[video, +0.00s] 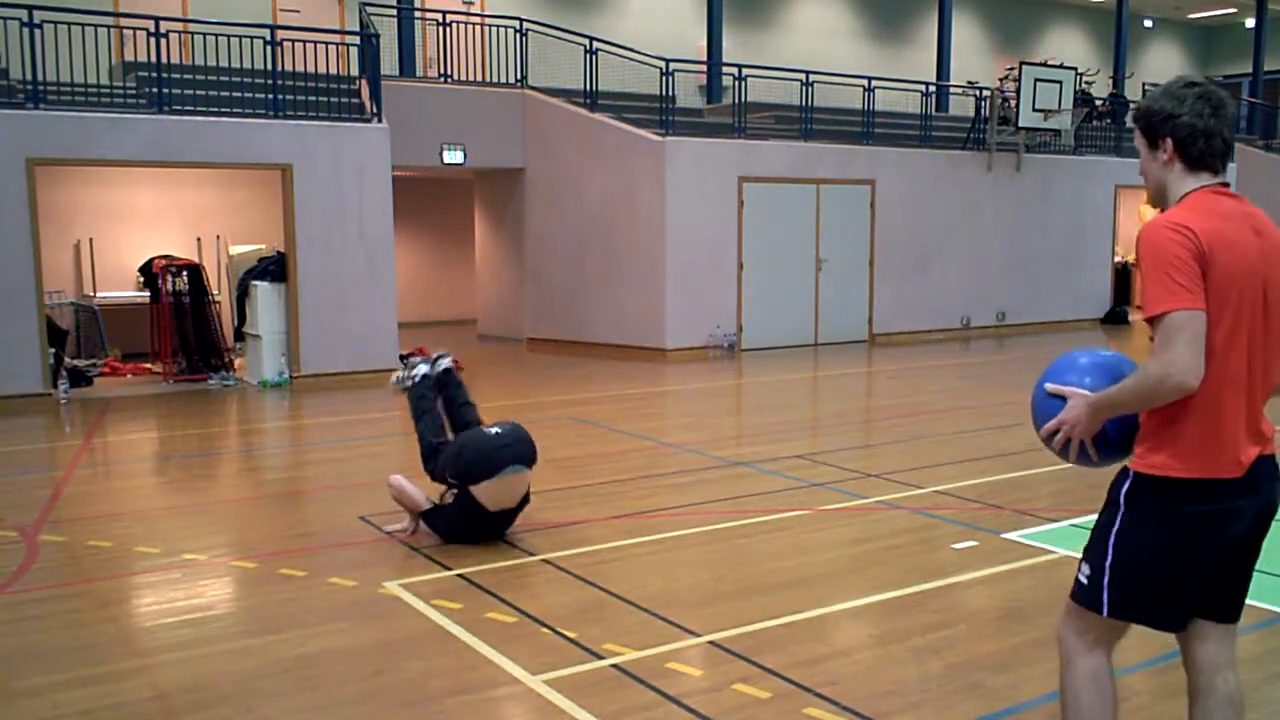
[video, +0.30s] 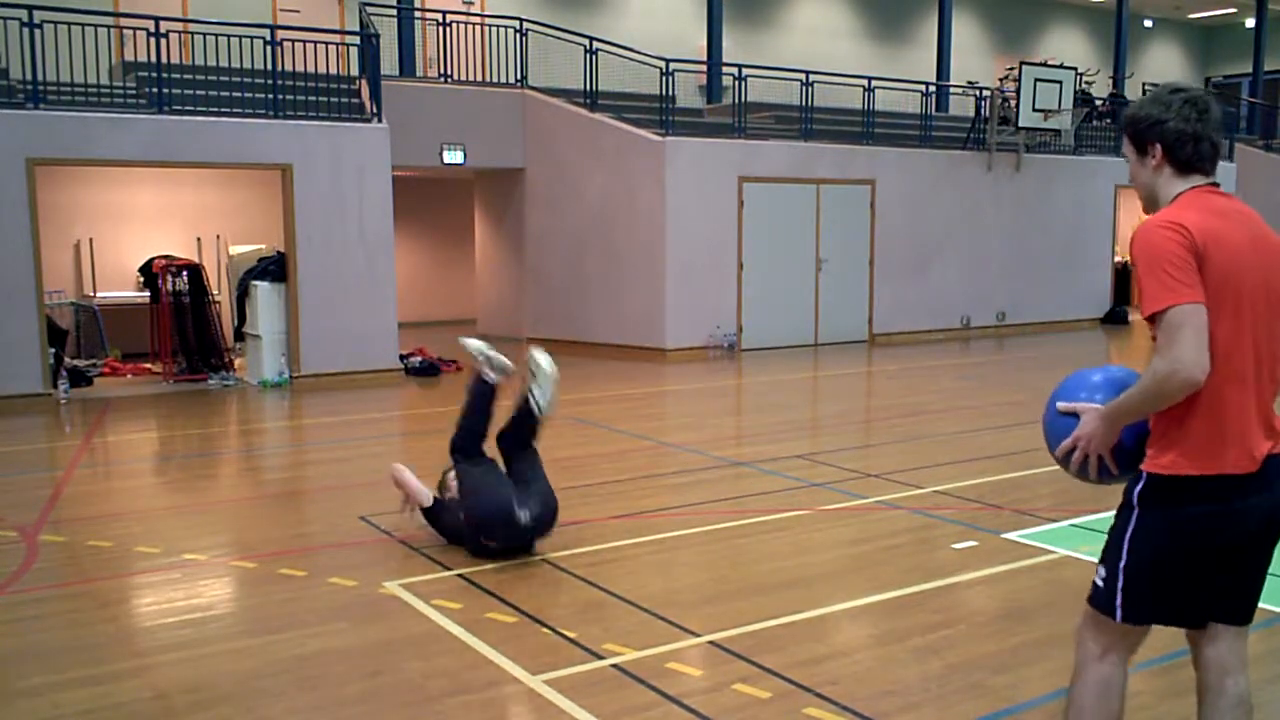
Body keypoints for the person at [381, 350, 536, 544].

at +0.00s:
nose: (447, 492)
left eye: (447, 493)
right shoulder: (453, 527)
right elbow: (395, 482)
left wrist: (414, 518)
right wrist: (414, 518)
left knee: (473, 440)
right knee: (437, 467)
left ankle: (446, 374)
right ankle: (420, 382)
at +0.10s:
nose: (448, 487)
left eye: (449, 487)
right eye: (446, 489)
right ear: (446, 504)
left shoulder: (506, 521)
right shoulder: (447, 523)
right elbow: (394, 479)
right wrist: (412, 516)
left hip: (527, 459)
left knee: (489, 443)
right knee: (441, 453)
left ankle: (470, 363)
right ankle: (432, 371)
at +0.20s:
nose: (452, 487)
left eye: (452, 486)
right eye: (448, 488)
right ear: (445, 500)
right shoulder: (444, 521)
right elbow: (394, 478)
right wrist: (411, 515)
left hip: (534, 485)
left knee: (501, 440)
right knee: (452, 448)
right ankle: (457, 366)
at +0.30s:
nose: (462, 480)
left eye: (463, 477)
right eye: (454, 480)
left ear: (470, 478)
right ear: (447, 492)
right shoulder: (444, 513)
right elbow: (397, 469)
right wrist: (409, 493)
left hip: (538, 518)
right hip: (495, 528)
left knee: (512, 440)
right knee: (465, 450)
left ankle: (534, 401)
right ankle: (486, 378)